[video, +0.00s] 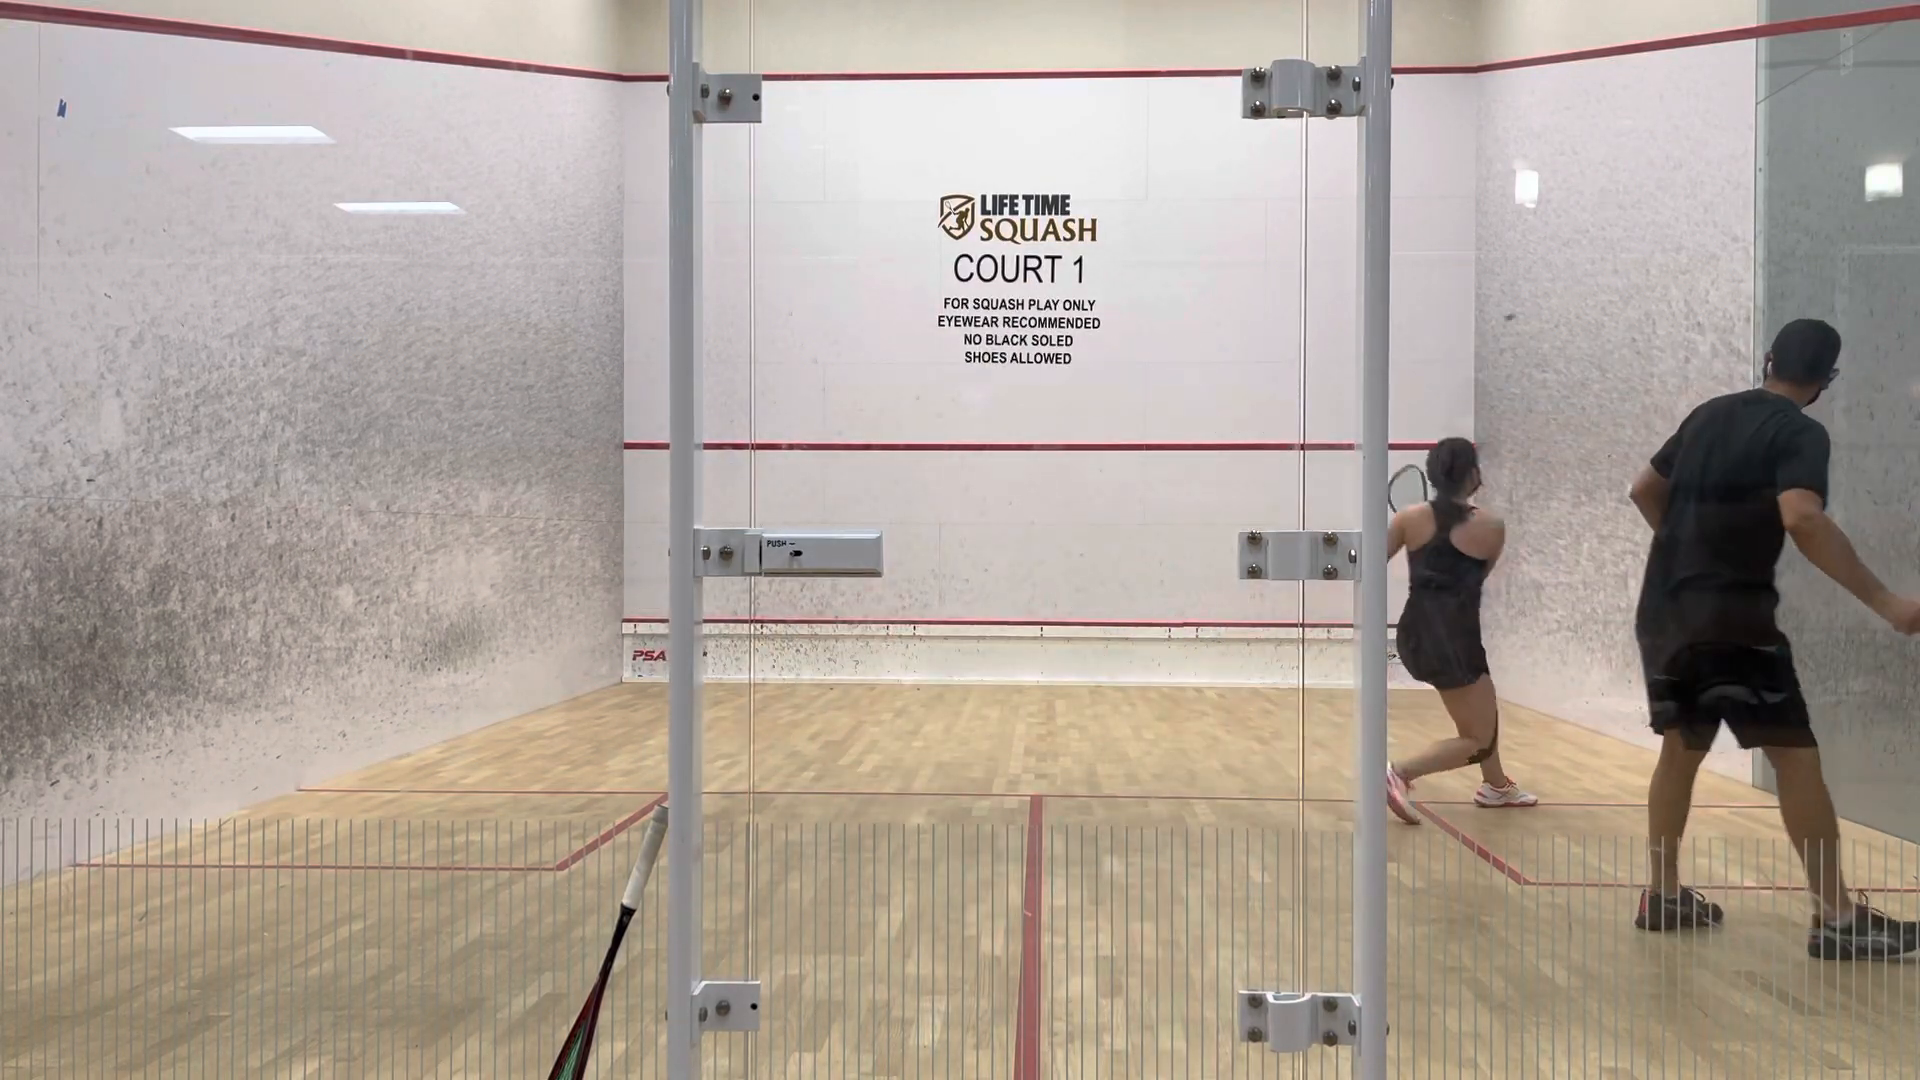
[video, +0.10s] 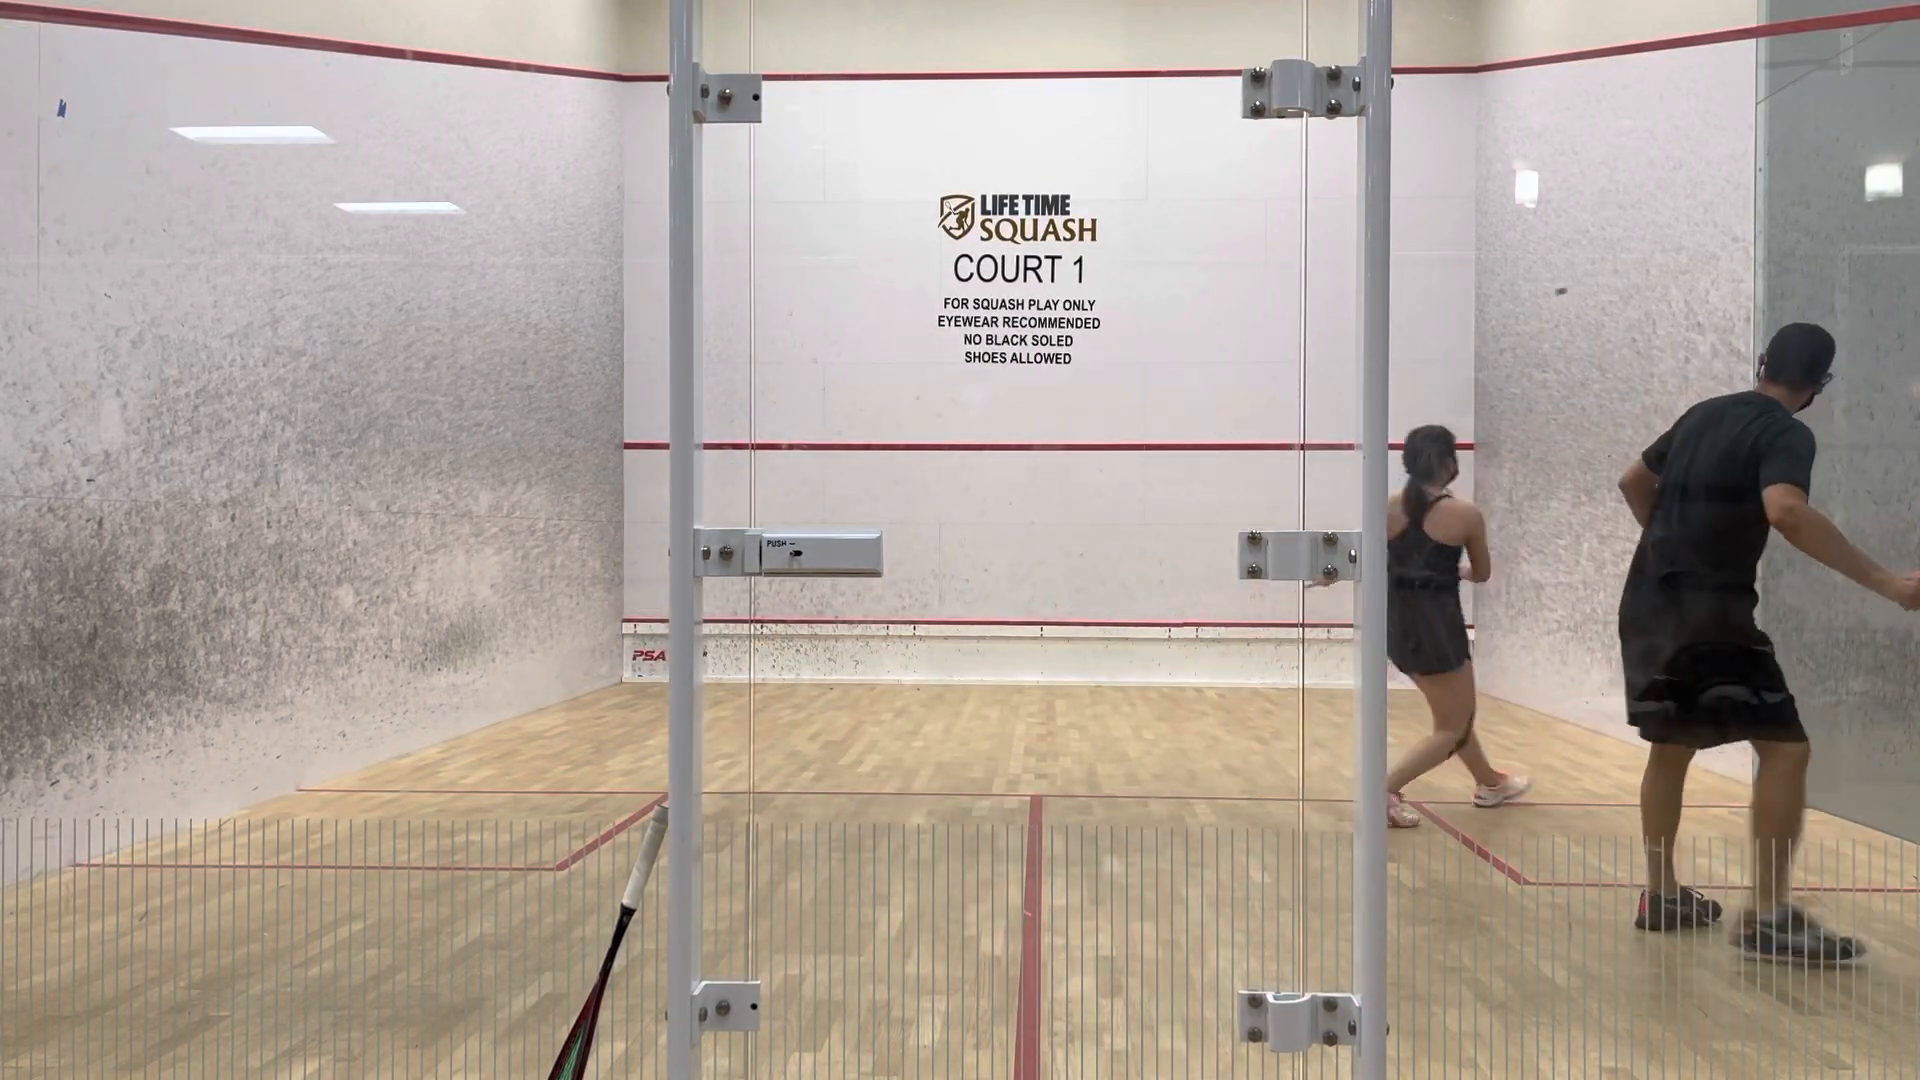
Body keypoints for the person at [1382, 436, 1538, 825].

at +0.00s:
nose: (1479, 473)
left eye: (1475, 467)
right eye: (1477, 468)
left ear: (1434, 474)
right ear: (1473, 476)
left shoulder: (1411, 520)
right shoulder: (1490, 527)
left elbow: (1370, 560)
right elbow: (1480, 572)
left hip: (1416, 636)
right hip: (1456, 641)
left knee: (1475, 700)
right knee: (1479, 742)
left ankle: (1496, 784)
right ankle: (1401, 773)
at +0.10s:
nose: (1456, 463)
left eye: (1454, 457)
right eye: (1454, 457)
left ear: (1408, 463)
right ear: (1449, 464)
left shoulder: (1392, 508)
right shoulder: (1465, 515)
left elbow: (1370, 551)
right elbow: (1481, 573)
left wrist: (1330, 569)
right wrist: (1446, 566)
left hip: (1397, 628)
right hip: (1439, 631)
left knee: (1457, 715)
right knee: (1452, 731)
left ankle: (1488, 782)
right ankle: (1385, 790)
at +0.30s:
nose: (1416, 444)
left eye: (1413, 436)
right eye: (1412, 437)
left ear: (1371, 437)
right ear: (1400, 441)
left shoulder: (1341, 489)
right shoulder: (1416, 493)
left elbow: (1317, 540)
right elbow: (1441, 557)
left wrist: (1319, 579)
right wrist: (1460, 571)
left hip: (1352, 609)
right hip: (1396, 612)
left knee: (1395, 698)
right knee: (1413, 714)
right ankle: (1369, 802)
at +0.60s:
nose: (1352, 441)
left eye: (1350, 433)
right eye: (1344, 434)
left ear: (1310, 442)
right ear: (1320, 440)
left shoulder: (1286, 489)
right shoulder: (1333, 493)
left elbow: (1263, 541)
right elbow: (1343, 559)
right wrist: (1391, 584)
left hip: (1278, 606)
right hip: (1321, 608)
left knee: (1265, 707)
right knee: (1363, 704)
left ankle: (1196, 772)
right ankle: (1370, 804)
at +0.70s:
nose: (1329, 451)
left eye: (1327, 443)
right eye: (1321, 444)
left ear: (1285, 451)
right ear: (1297, 449)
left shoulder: (1264, 494)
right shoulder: (1303, 502)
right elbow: (1310, 571)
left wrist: (1355, 563)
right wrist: (1358, 588)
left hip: (1244, 614)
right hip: (1285, 618)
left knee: (1224, 719)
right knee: (1337, 707)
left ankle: (1160, 795)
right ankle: (1364, 803)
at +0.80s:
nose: (1303, 453)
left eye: (1302, 445)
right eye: (1297, 446)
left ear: (1261, 452)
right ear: (1274, 452)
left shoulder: (1237, 492)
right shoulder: (1279, 503)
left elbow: (1229, 553)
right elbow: (1284, 575)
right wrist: (1330, 594)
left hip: (1215, 620)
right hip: (1254, 625)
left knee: (1211, 723)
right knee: (1314, 707)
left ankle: (1156, 808)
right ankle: (1350, 802)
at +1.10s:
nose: (1289, 443)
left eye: (1289, 434)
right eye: (1283, 435)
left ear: (1245, 438)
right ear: (1255, 437)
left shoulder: (1206, 477)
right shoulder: (1270, 492)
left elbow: (1170, 532)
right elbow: (1275, 559)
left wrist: (1199, 553)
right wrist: (1326, 557)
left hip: (1191, 611)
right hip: (1238, 616)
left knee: (1193, 713)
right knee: (1266, 723)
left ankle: (1153, 808)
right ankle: (1265, 823)